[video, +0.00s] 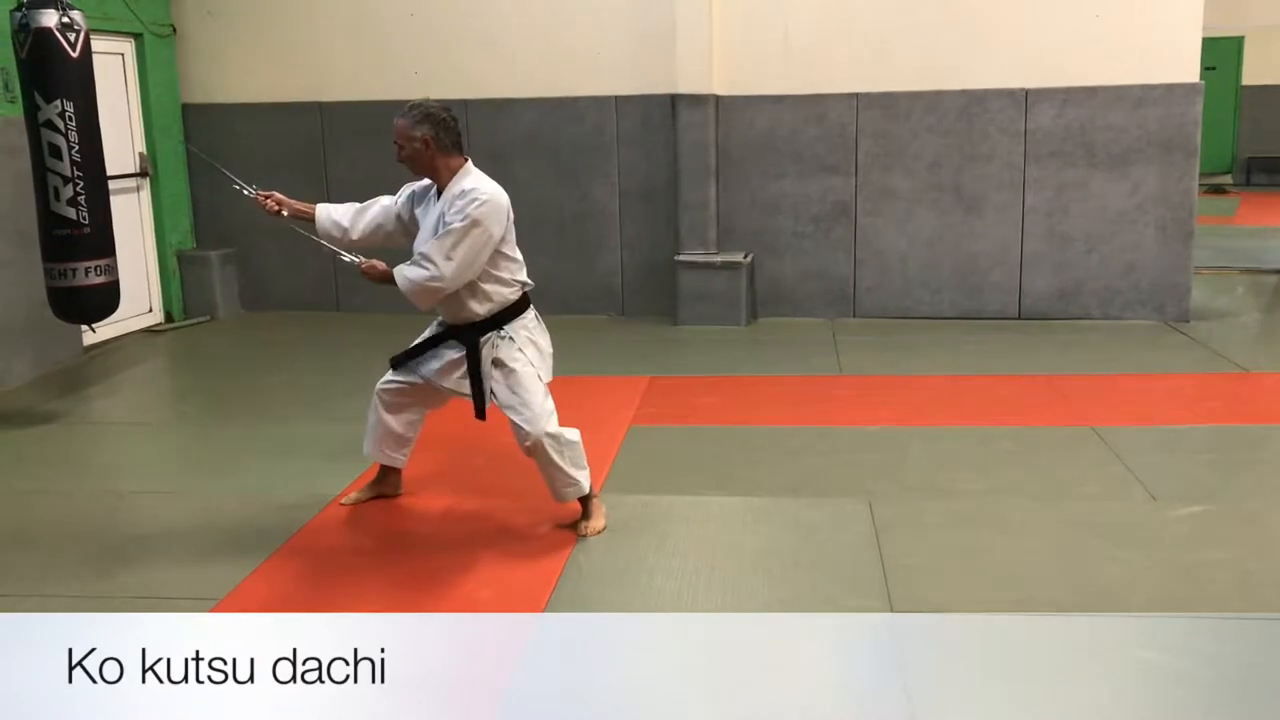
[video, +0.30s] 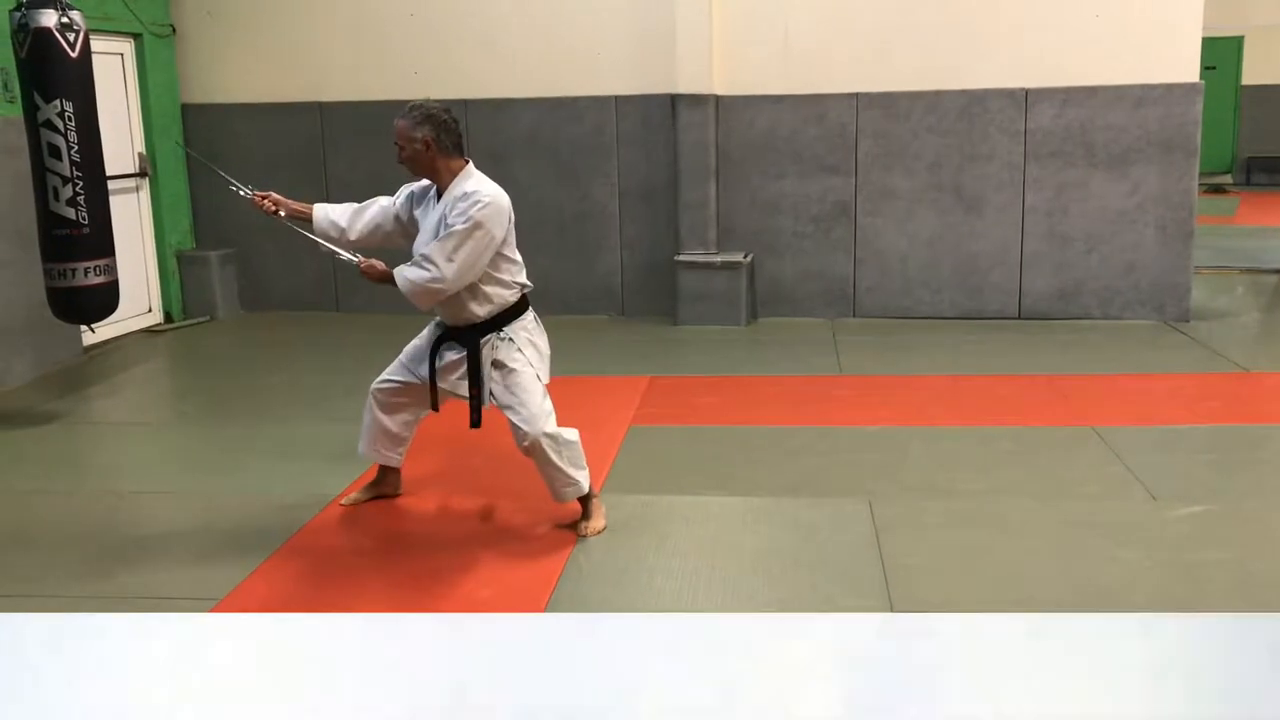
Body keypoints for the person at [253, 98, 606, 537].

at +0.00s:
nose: (396, 153)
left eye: (401, 144)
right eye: (395, 145)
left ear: (430, 144)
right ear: (431, 145)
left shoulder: (482, 200)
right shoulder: (421, 196)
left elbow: (441, 277)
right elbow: (366, 219)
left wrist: (392, 275)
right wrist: (296, 209)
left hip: (507, 331)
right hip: (455, 332)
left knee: (536, 429)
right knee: (393, 393)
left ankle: (588, 501)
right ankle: (388, 479)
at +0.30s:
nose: (398, 155)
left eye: (402, 146)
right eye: (397, 147)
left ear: (429, 146)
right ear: (430, 145)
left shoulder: (483, 202)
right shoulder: (421, 196)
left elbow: (441, 279)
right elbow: (365, 219)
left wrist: (391, 275)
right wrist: (293, 209)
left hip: (505, 331)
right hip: (452, 331)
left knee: (535, 429)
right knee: (387, 394)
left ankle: (587, 500)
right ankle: (387, 478)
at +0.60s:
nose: (428, 160)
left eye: (433, 151)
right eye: (428, 151)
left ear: (461, 152)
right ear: (458, 153)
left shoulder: (515, 215)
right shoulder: (440, 201)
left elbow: (466, 282)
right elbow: (377, 221)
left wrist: (412, 279)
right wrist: (307, 210)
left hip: (511, 341)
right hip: (455, 334)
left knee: (520, 435)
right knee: (386, 401)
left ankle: (594, 495)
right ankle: (387, 480)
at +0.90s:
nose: (475, 115)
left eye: (482, 106)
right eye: (476, 106)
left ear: (510, 109)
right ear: (508, 108)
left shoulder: (556, 170)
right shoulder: (503, 165)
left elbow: (517, 250)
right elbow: (454, 203)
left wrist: (468, 256)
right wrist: (386, 205)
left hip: (579, 305)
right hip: (534, 305)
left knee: (569, 410)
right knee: (505, 390)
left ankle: (600, 498)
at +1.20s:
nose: (509, 106)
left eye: (515, 96)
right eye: (509, 96)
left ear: (540, 98)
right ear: (556, 100)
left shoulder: (538, 157)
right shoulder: (602, 155)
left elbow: (507, 250)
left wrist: (526, 265)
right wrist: (543, 259)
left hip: (574, 311)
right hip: (619, 300)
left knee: (570, 418)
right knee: (613, 408)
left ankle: (627, 506)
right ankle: (612, 494)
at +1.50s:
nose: (530, 108)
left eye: (533, 99)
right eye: (532, 100)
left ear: (547, 101)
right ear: (585, 106)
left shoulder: (521, 159)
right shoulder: (621, 159)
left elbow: (527, 234)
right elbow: (651, 238)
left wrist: (607, 254)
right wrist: (678, 288)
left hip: (538, 305)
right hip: (602, 305)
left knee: (497, 398)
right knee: (619, 401)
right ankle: (619, 494)